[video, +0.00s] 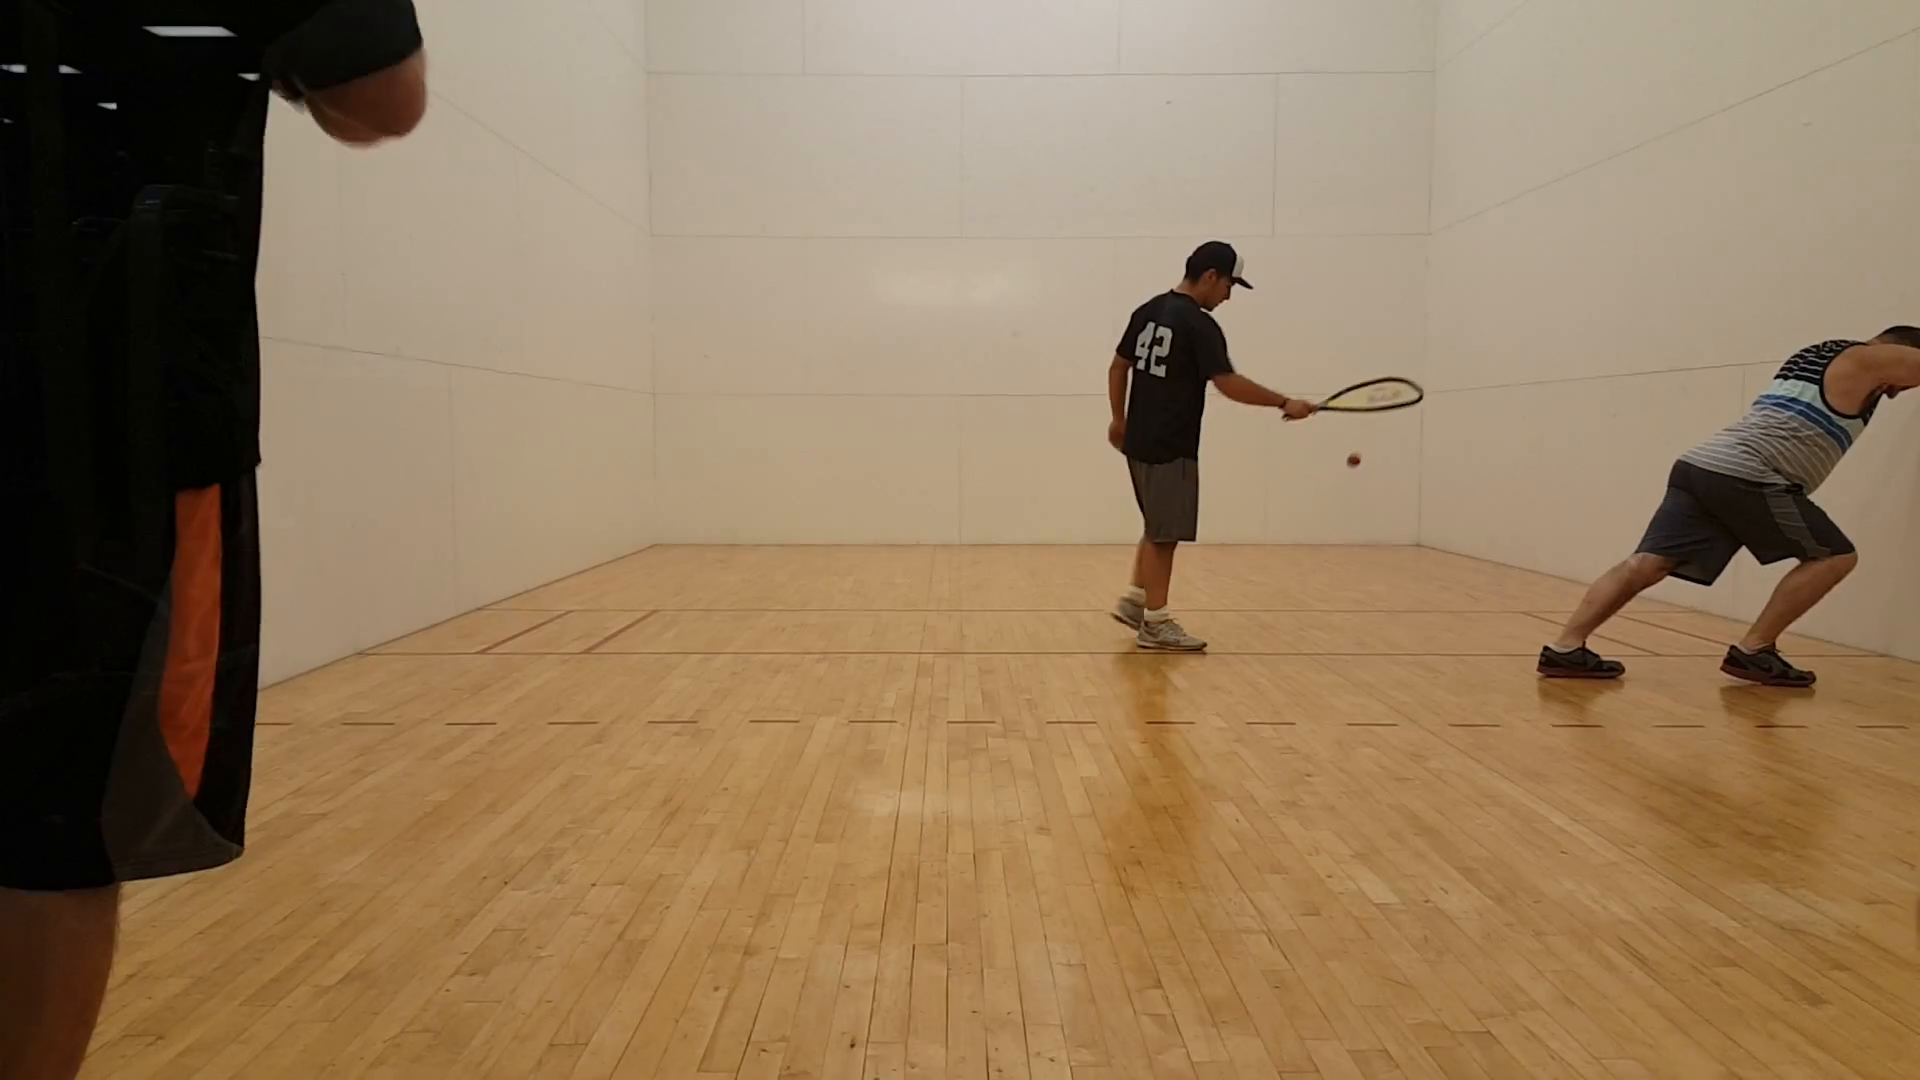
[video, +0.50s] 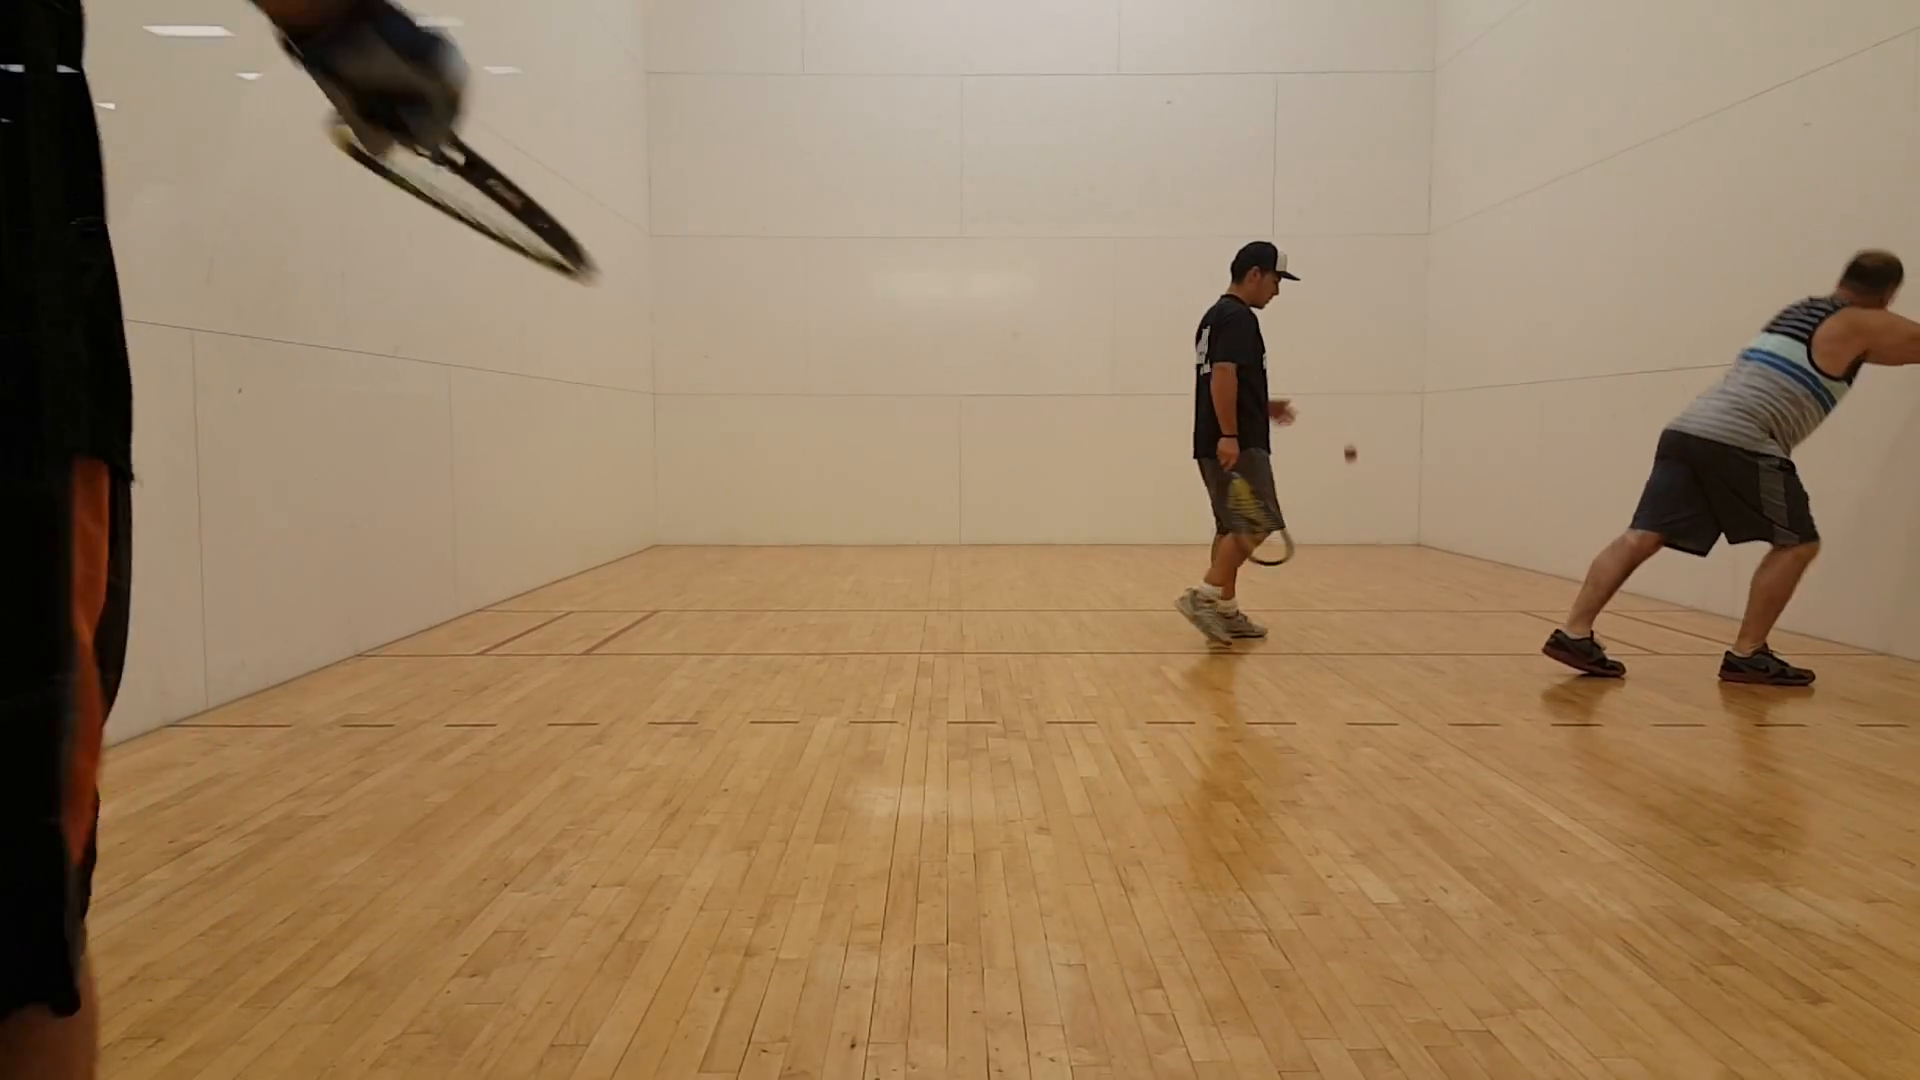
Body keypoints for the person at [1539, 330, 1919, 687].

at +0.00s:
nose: (1902, 389)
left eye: (1907, 380)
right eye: (1907, 376)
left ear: (1884, 345)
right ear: (1896, 352)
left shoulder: (1815, 355)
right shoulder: (1870, 358)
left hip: (1699, 467)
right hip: (1751, 477)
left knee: (1646, 564)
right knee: (1834, 557)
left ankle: (1564, 647)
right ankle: (1754, 648)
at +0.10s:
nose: (1903, 390)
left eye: (1907, 381)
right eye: (1907, 377)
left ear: (1884, 346)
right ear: (1896, 353)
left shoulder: (1814, 357)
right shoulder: (1871, 360)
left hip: (1701, 468)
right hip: (1751, 478)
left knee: (1648, 564)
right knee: (1836, 557)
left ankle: (1565, 646)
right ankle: (1753, 648)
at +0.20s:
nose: (1902, 388)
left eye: (1907, 379)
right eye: (1907, 375)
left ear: (1882, 345)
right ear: (1895, 352)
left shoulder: (1812, 357)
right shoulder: (1870, 360)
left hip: (1701, 469)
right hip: (1752, 479)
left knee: (1647, 565)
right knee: (1836, 557)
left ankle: (1564, 646)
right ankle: (1753, 647)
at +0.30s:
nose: (1904, 378)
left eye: (1907, 368)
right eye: (1907, 365)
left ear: (1878, 337)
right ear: (1895, 346)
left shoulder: (1811, 355)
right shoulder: (1868, 357)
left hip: (1700, 469)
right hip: (1754, 478)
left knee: (1647, 565)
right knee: (1835, 559)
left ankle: (1564, 646)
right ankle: (1753, 651)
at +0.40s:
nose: (1906, 347)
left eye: (1908, 341)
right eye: (1907, 340)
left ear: (1866, 317)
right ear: (1894, 331)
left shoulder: (1807, 342)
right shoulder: (1862, 347)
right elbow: (1918, 353)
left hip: (1696, 457)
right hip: (1752, 466)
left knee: (1646, 557)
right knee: (1821, 555)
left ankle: (1566, 644)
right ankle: (1750, 653)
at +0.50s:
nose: (1892, 308)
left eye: (1893, 301)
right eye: (1893, 301)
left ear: (1842, 281)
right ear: (1886, 298)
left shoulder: (1797, 311)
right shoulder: (1860, 325)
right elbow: (1918, 342)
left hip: (1685, 434)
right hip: (1745, 445)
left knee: (1642, 536)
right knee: (1798, 545)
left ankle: (1573, 633)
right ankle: (1747, 653)